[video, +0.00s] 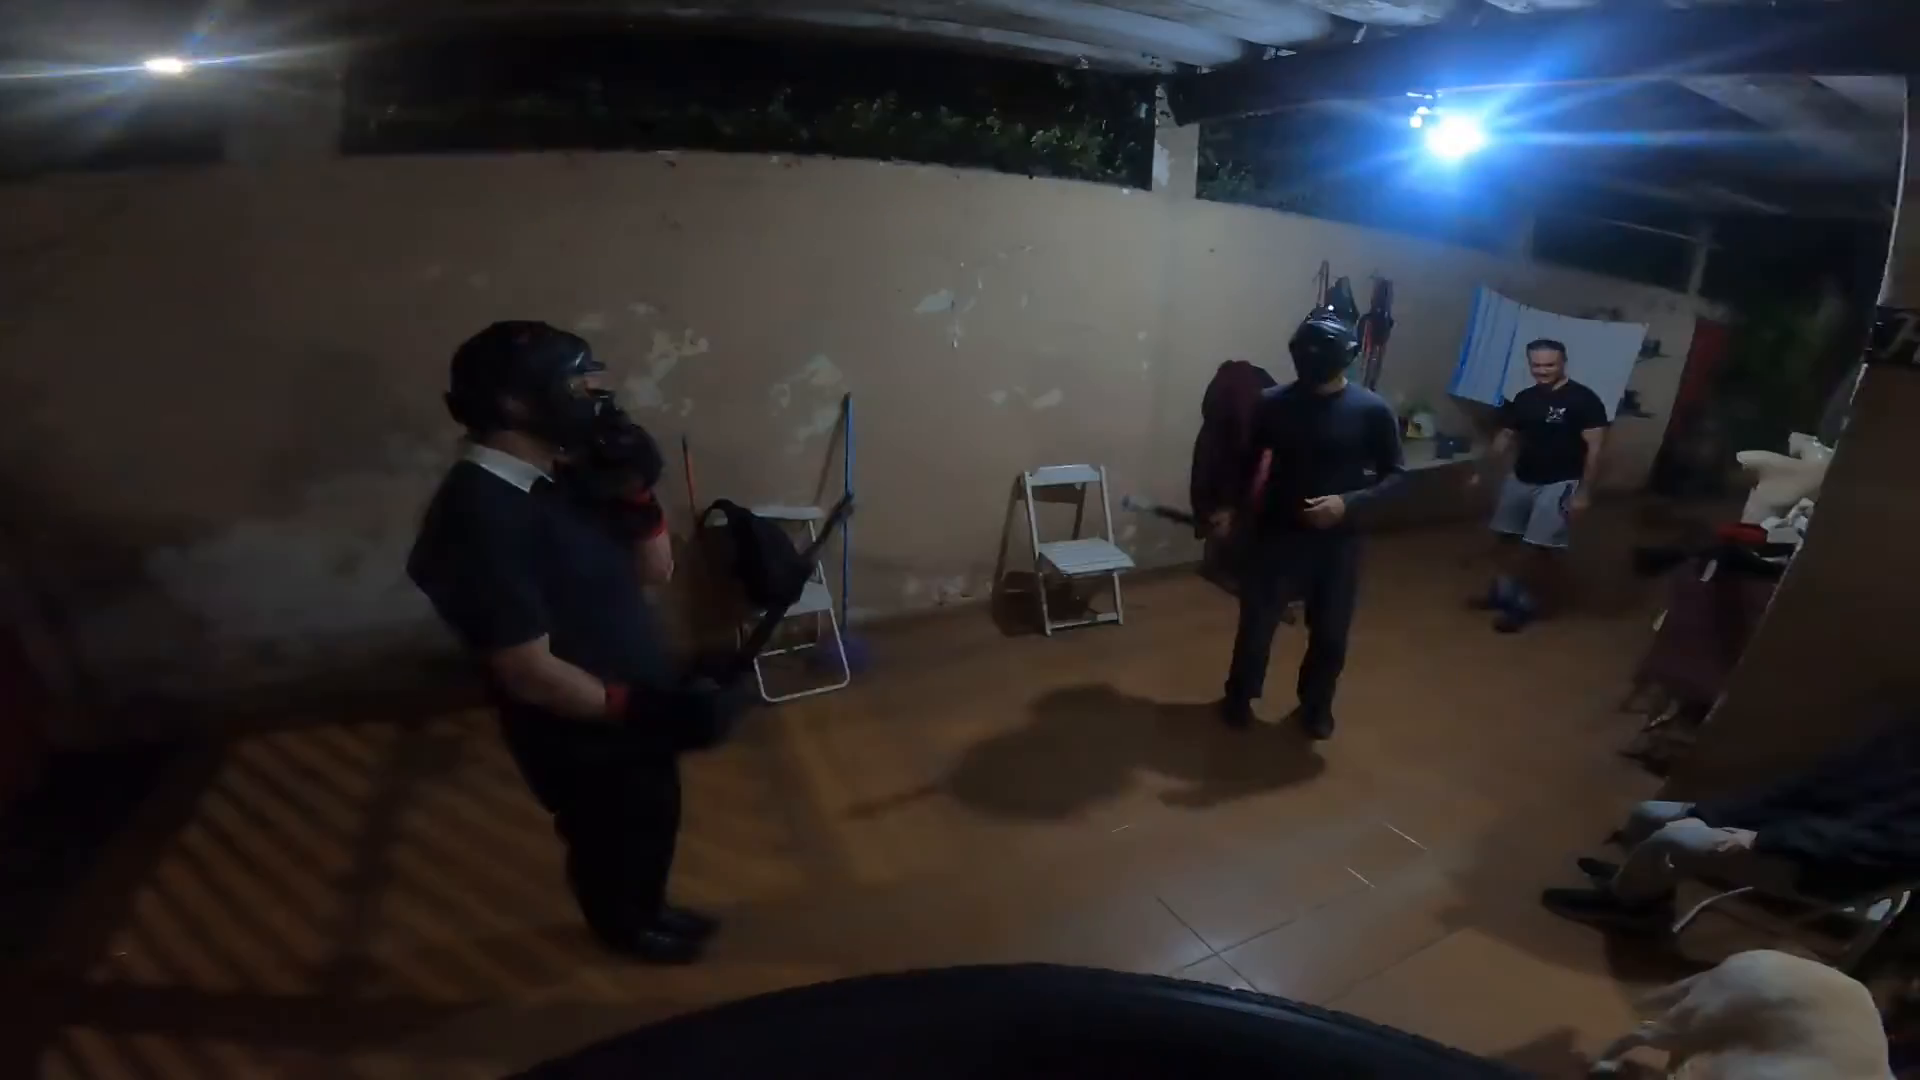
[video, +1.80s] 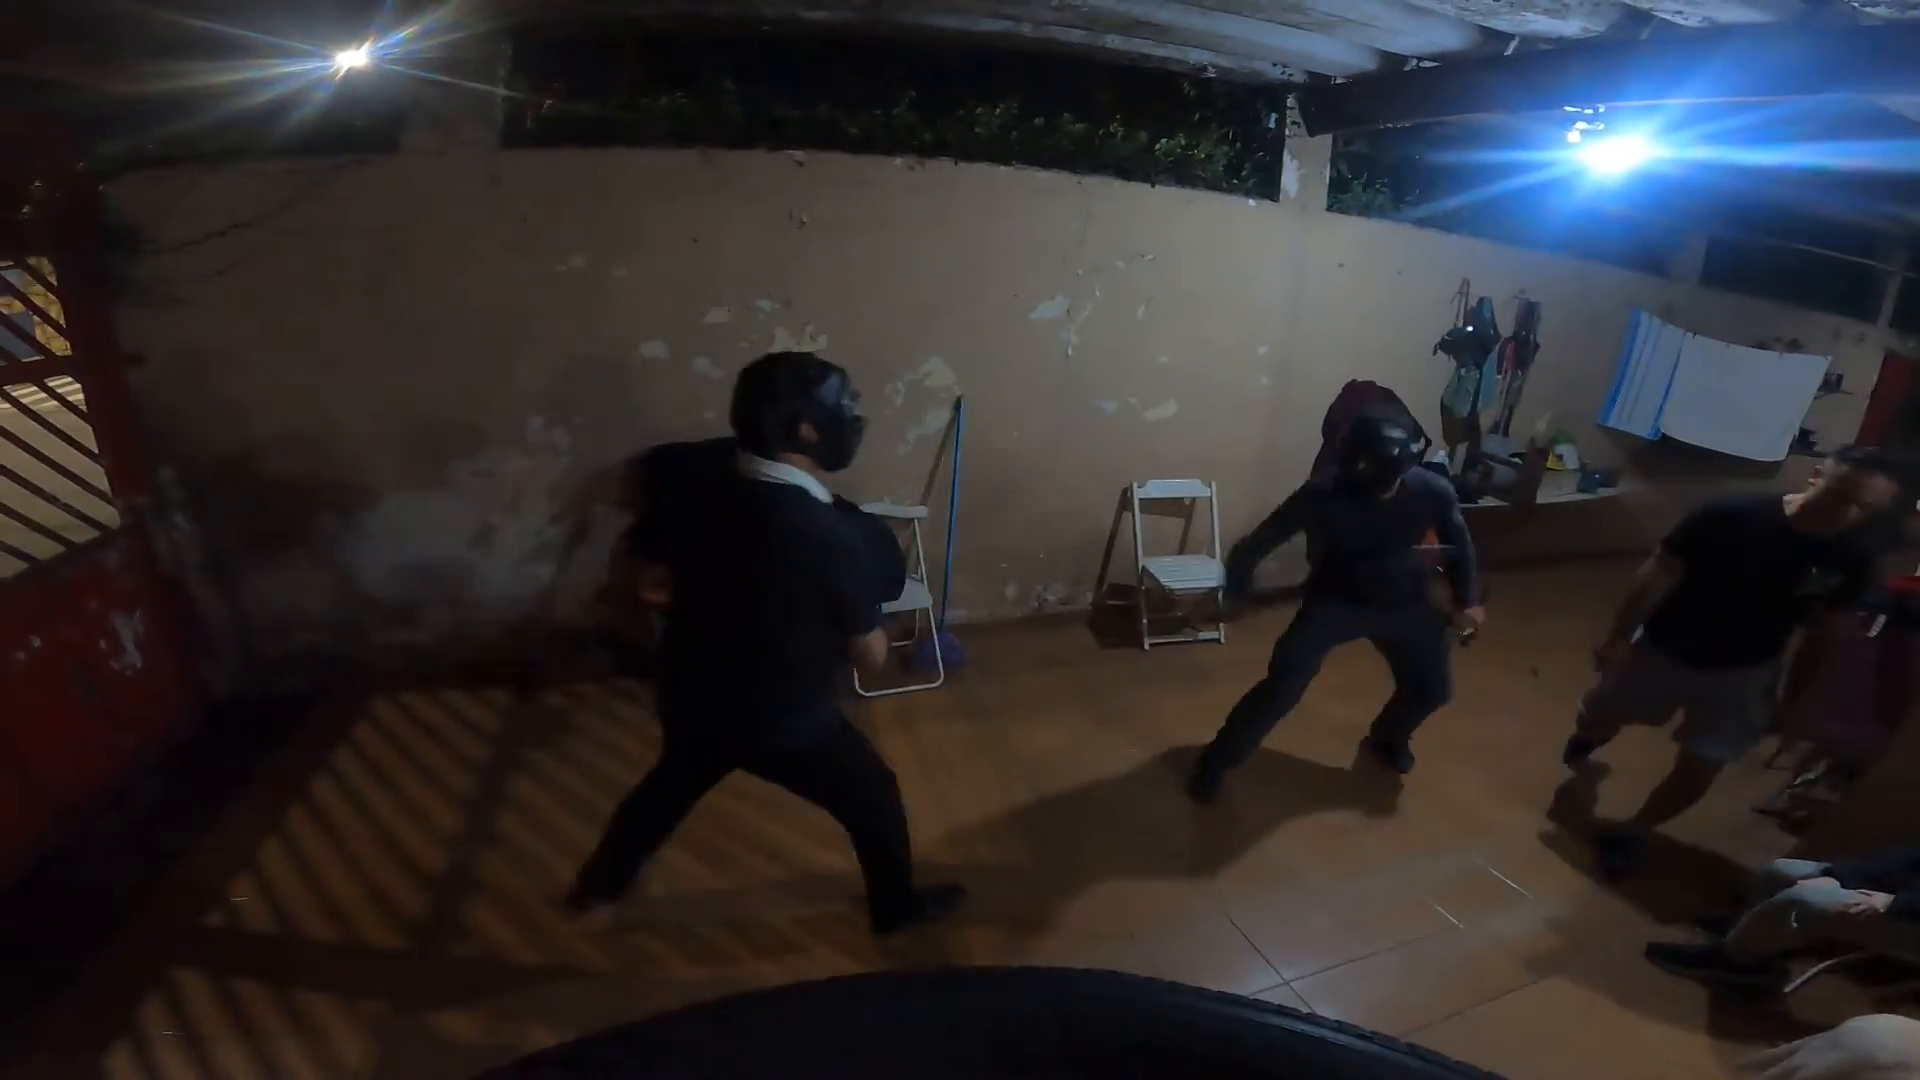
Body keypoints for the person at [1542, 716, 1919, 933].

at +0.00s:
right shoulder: (1898, 752)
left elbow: (1877, 849)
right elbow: (1811, 790)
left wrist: (1764, 842)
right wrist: (1710, 813)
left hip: (1824, 866)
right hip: (1790, 827)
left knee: (1672, 841)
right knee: (1647, 816)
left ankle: (1624, 901)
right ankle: (1631, 877)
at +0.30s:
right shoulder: (1908, 780)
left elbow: (1899, 867)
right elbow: (1844, 807)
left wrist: (1801, 859)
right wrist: (1748, 830)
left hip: (1852, 883)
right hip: (1822, 845)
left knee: (1709, 854)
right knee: (1685, 830)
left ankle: (1656, 913)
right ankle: (1662, 894)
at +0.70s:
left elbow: (1910, 877)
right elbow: (1882, 832)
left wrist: (1842, 874)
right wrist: (1786, 844)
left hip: (1891, 901)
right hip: (1866, 862)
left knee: (1748, 873)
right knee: (1721, 847)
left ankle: (1685, 930)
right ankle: (1706, 912)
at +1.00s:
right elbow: (1902, 856)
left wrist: (1881, 895)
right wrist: (1826, 865)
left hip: (1904, 915)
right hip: (1884, 881)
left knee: (1784, 891)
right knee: (1763, 863)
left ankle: (1720, 947)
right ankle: (1735, 927)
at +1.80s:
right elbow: (1907, 864)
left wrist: (1898, 904)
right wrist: (1838, 875)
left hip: (1910, 922)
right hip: (1899, 889)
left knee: (1801, 900)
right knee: (1780, 871)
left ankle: (1732, 957)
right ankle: (1741, 932)